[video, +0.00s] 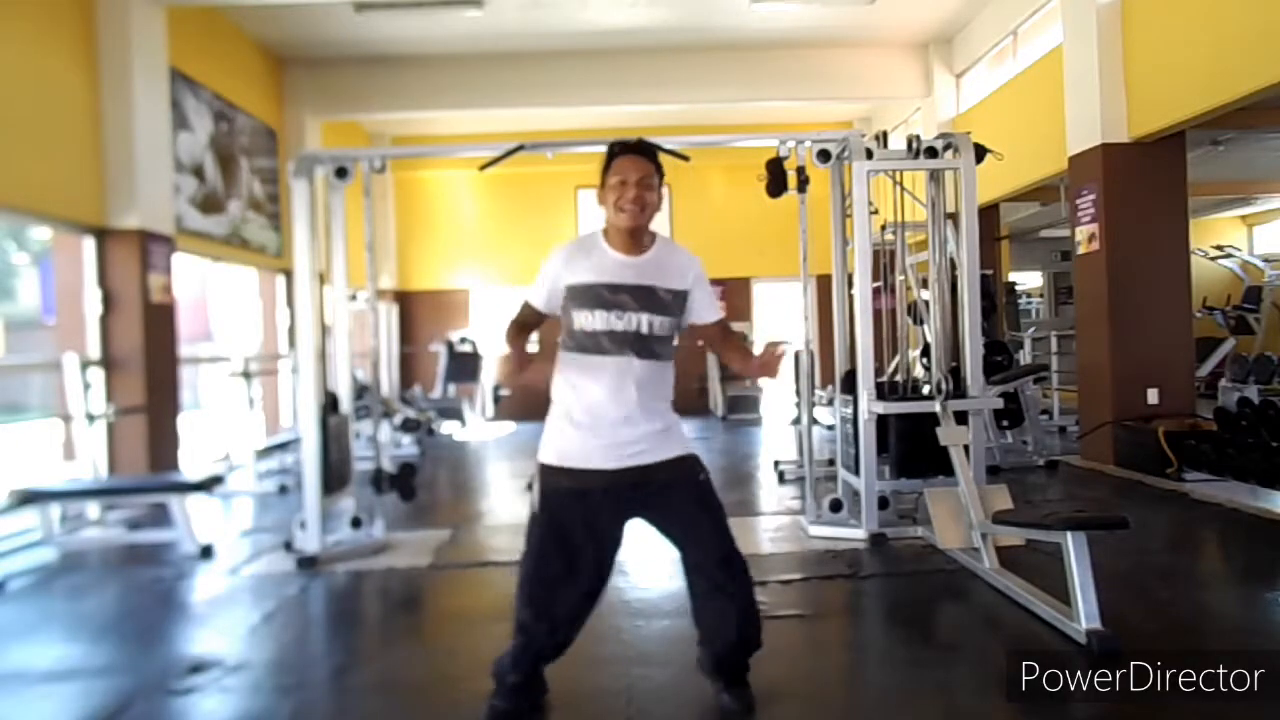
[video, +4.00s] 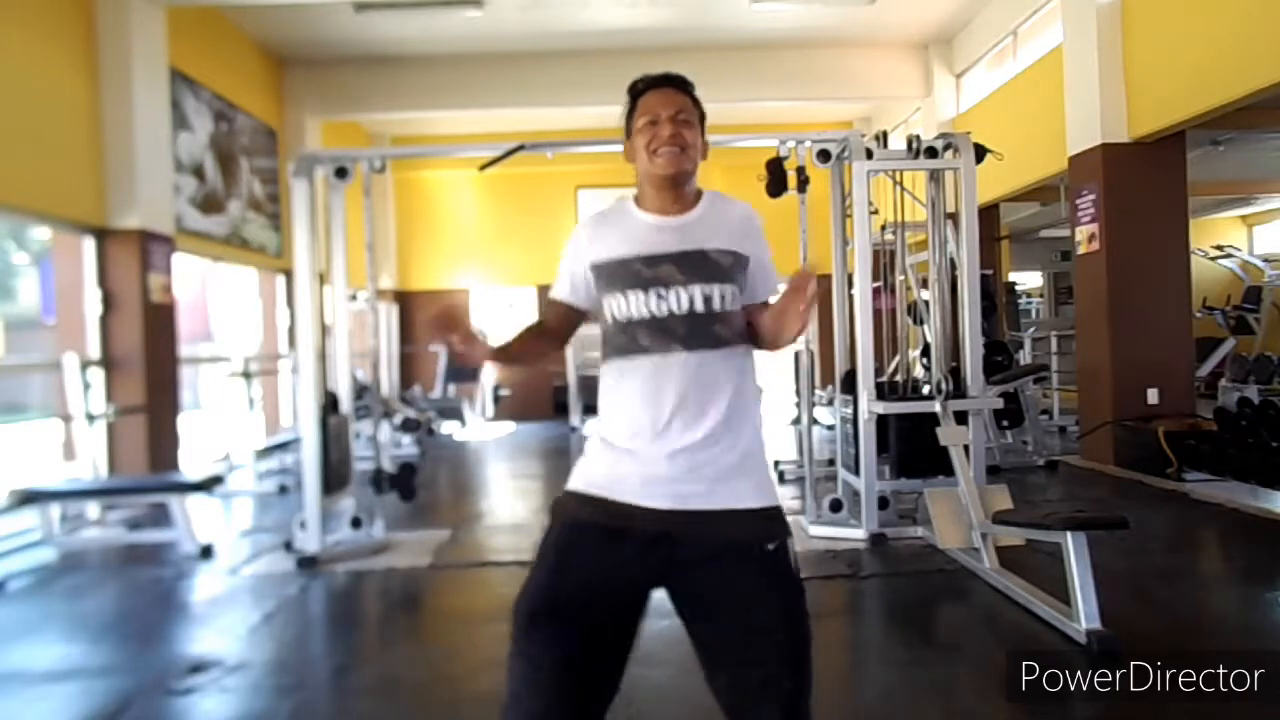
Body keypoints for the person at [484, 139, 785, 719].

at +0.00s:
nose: (633, 194)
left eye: (645, 184)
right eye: (621, 184)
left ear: (659, 196)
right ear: (602, 194)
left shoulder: (683, 267)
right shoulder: (569, 261)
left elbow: (718, 336)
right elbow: (523, 325)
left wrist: (751, 363)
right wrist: (517, 362)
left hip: (660, 449)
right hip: (575, 455)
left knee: (720, 567)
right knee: (549, 589)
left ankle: (730, 670)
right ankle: (515, 689)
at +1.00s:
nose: (637, 166)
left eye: (649, 157)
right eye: (624, 160)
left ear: (667, 175)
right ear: (607, 180)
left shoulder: (699, 243)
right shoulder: (582, 247)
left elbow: (721, 329)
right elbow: (542, 324)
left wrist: (753, 296)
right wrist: (530, 302)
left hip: (682, 458)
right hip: (592, 450)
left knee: (704, 614)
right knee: (522, 596)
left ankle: (739, 689)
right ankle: (530, 702)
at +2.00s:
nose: (610, 216)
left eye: (618, 199)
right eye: (600, 204)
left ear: (659, 179)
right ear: (592, 199)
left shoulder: (724, 250)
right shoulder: (590, 264)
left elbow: (775, 332)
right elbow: (540, 353)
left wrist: (778, 377)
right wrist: (472, 411)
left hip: (700, 486)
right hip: (597, 490)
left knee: (775, 648)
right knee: (561, 672)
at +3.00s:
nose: (657, 139)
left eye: (671, 127)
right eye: (639, 130)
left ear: (691, 144)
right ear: (619, 150)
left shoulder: (722, 236)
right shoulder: (586, 227)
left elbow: (746, 338)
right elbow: (538, 318)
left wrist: (823, 354)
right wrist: (549, 339)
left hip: (720, 486)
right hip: (606, 488)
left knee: (778, 679)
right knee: (571, 686)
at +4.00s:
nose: (668, 132)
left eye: (683, 120)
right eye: (651, 123)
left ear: (704, 142)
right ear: (630, 148)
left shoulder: (738, 223)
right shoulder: (595, 235)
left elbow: (762, 328)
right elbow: (552, 334)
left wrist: (783, 324)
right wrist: (490, 352)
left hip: (731, 497)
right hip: (611, 494)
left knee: (774, 696)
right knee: (546, 686)